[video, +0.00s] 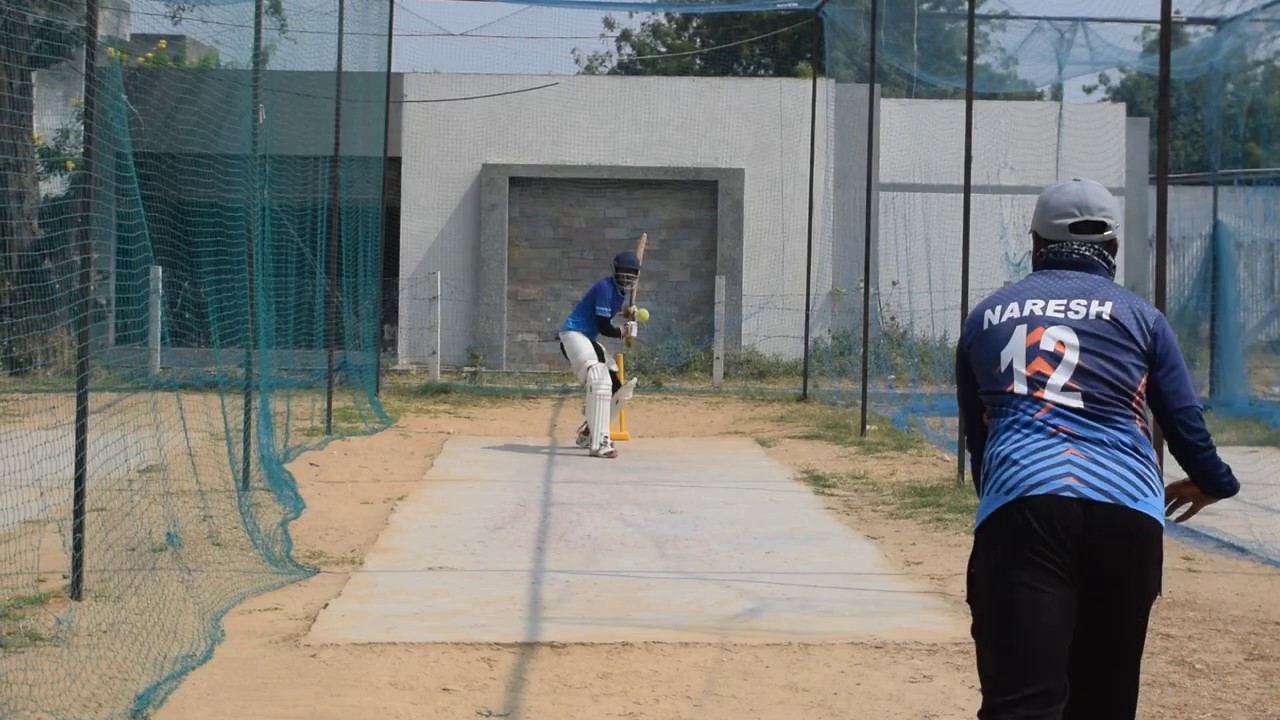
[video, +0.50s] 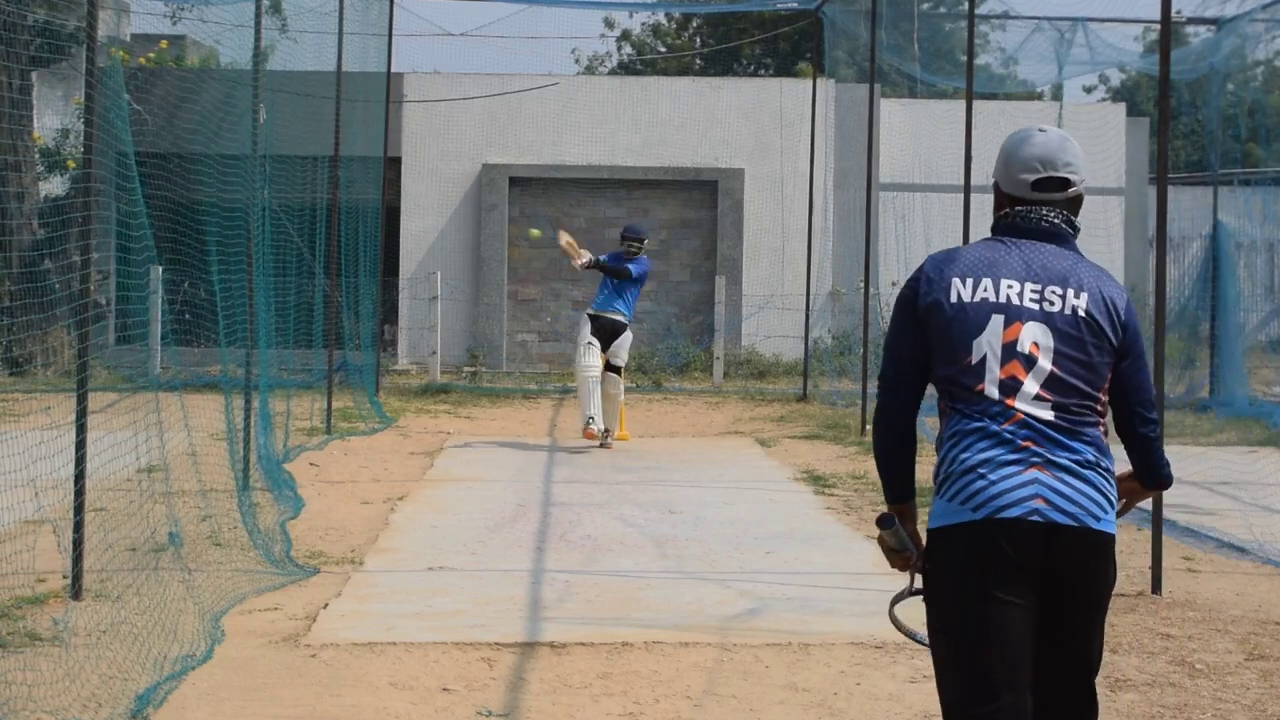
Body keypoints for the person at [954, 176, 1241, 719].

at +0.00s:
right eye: (1111, 239)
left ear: (1037, 247)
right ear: (1110, 246)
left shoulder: (984, 314)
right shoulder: (1141, 314)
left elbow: (977, 438)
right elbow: (1183, 420)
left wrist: (1003, 502)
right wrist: (1212, 480)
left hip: (1024, 509)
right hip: (1128, 513)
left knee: (1020, 697)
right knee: (1106, 696)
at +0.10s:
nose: (1101, 229)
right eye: (1102, 223)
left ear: (1031, 228)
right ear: (1103, 231)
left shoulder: (973, 302)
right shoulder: (1136, 307)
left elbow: (953, 441)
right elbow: (1168, 428)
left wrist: (972, 526)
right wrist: (1185, 481)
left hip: (1013, 510)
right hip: (1120, 518)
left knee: (1007, 700)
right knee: (1096, 698)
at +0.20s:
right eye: (1098, 215)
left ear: (1026, 217)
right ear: (1100, 224)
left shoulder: (966, 293)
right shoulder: (1129, 303)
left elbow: (934, 430)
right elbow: (1156, 424)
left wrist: (945, 528)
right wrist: (1169, 479)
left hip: (1005, 513)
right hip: (1110, 519)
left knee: (1002, 700)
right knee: (1091, 698)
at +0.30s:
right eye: (1094, 209)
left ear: (1018, 212)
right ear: (1095, 217)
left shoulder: (956, 287)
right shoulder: (1122, 298)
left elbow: (916, 420)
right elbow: (1149, 421)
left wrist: (924, 524)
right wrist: (1158, 476)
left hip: (995, 515)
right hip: (1102, 521)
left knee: (996, 701)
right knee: (1084, 700)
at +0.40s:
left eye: (1003, 195)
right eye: (1080, 200)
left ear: (1006, 202)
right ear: (1082, 209)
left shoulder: (945, 278)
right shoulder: (1111, 292)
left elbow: (898, 414)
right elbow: (1142, 414)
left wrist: (906, 519)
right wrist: (1152, 476)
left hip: (985, 519)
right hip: (1090, 522)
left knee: (989, 701)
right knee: (1073, 699)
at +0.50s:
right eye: (1072, 193)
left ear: (998, 197)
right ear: (1076, 202)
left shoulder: (938, 275)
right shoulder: (1107, 291)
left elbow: (893, 411)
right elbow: (1139, 417)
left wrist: (901, 513)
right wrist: (1147, 476)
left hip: (976, 518)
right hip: (1084, 523)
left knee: (983, 701)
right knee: (1069, 698)